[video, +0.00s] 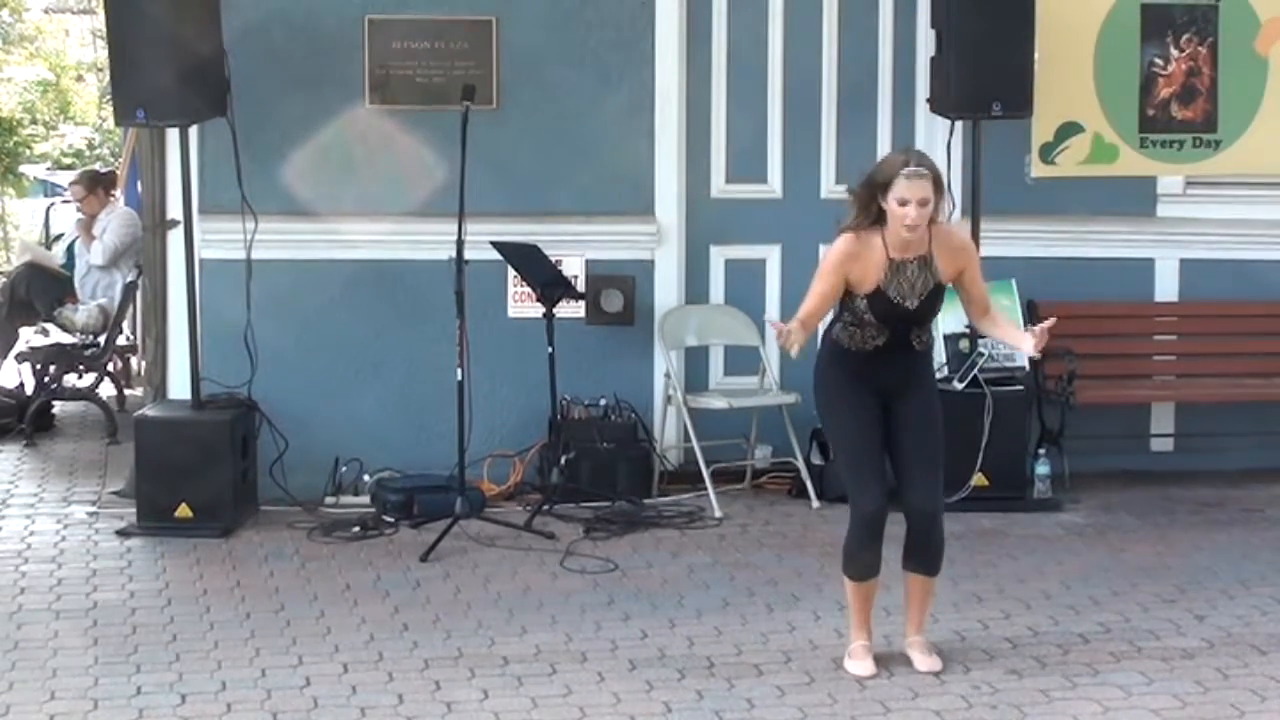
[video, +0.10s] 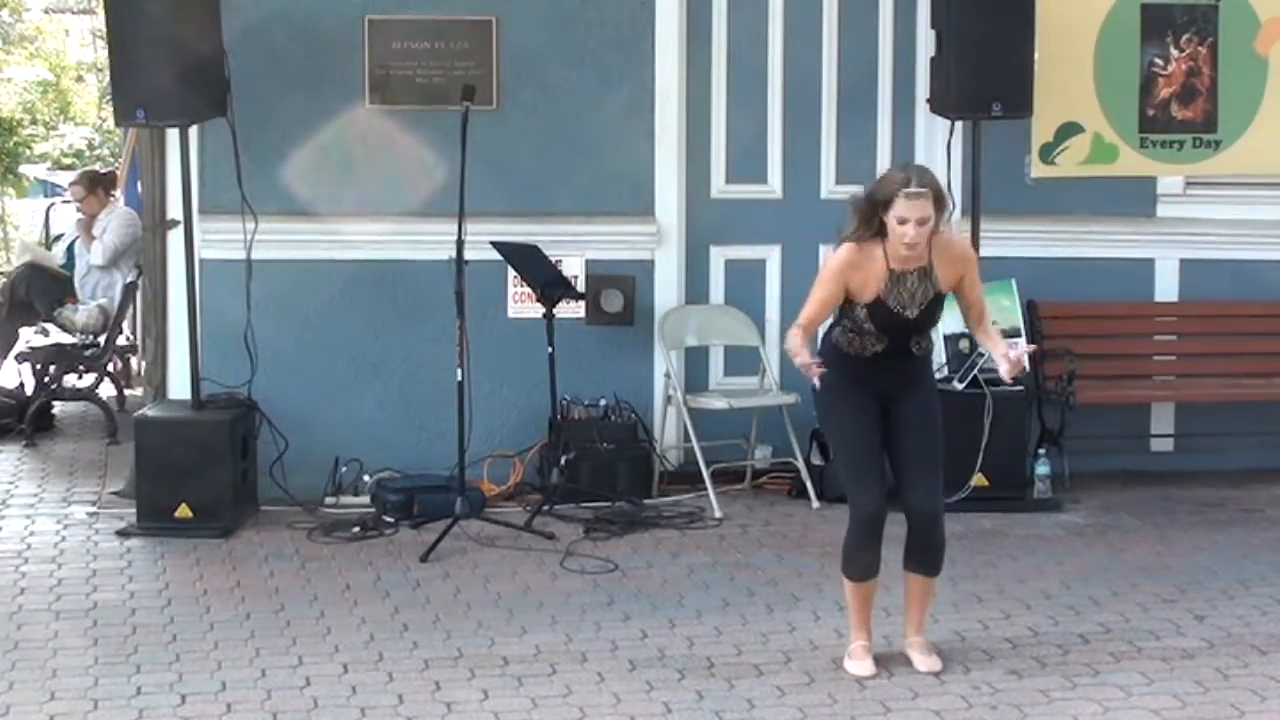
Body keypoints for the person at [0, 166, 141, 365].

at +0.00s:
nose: (78, 208)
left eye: (81, 201)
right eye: (75, 202)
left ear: (100, 193)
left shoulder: (125, 218)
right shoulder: (89, 222)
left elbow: (103, 257)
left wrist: (84, 233)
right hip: (80, 302)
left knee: (29, 274)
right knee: (13, 309)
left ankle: (6, 296)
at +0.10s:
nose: (77, 208)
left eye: (80, 201)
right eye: (75, 203)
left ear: (100, 193)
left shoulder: (125, 218)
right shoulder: (88, 223)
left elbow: (103, 257)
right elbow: (60, 261)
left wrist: (84, 233)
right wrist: (33, 256)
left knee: (30, 274)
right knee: (15, 313)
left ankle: (6, 300)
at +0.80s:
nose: (77, 209)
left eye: (80, 202)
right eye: (75, 204)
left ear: (100, 194)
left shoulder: (125, 219)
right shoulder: (87, 223)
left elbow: (103, 258)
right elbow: (59, 259)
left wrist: (84, 235)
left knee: (29, 275)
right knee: (12, 313)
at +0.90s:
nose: (77, 209)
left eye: (80, 202)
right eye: (75, 204)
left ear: (99, 195)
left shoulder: (125, 219)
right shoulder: (87, 223)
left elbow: (103, 258)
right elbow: (59, 259)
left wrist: (84, 235)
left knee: (29, 275)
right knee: (13, 313)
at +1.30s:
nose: (77, 209)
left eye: (80, 203)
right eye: (75, 204)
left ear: (99, 196)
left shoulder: (124, 220)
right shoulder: (88, 223)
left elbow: (104, 259)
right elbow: (60, 259)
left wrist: (85, 236)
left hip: (104, 311)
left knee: (30, 276)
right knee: (12, 314)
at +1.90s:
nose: (77, 211)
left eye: (79, 204)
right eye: (75, 206)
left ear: (99, 196)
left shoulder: (125, 220)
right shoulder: (82, 233)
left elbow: (98, 248)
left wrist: (91, 225)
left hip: (101, 315)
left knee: (30, 276)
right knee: (11, 317)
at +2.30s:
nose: (77, 212)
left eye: (79, 205)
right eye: (75, 207)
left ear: (97, 197)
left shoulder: (125, 221)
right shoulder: (84, 229)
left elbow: (96, 253)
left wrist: (95, 224)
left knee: (28, 278)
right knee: (12, 317)